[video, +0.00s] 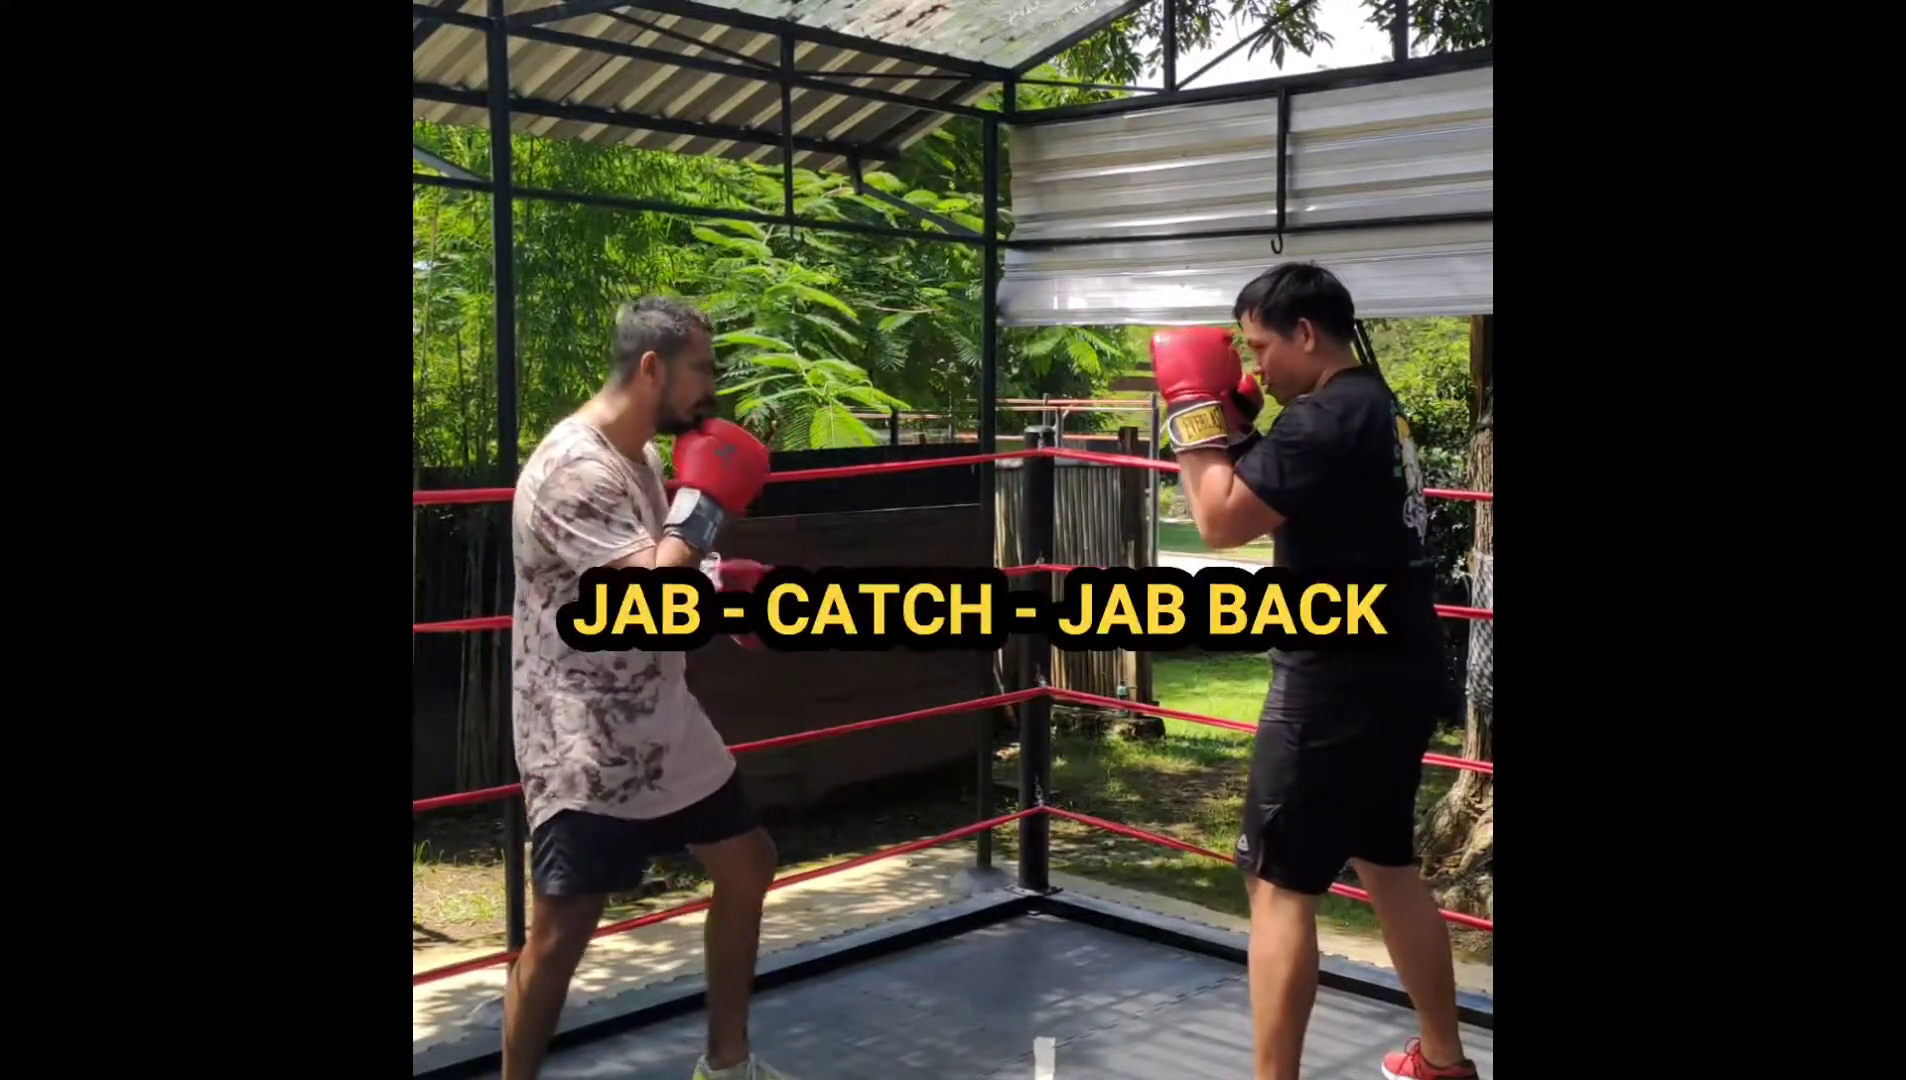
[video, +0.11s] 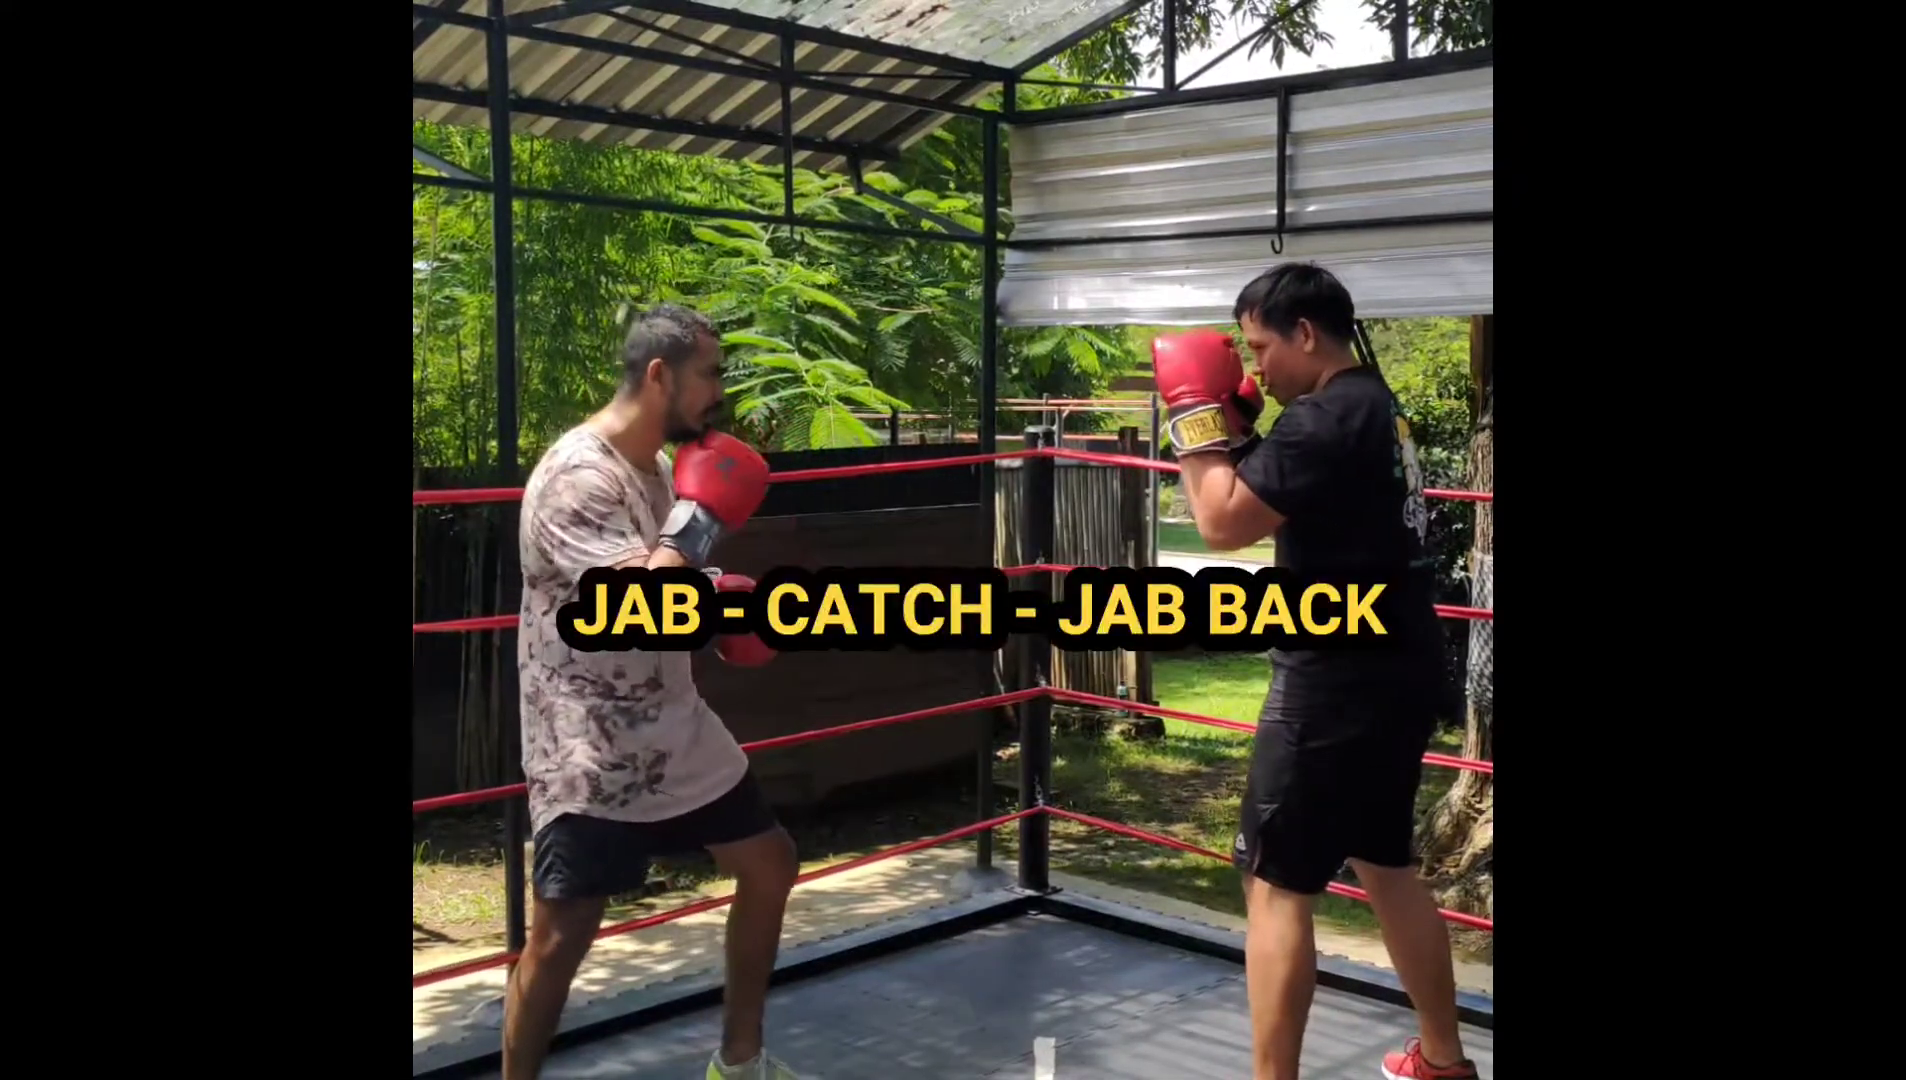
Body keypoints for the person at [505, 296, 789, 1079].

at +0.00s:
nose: (711, 387)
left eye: (712, 369)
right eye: (701, 368)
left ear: (650, 369)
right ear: (651, 366)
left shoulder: (643, 462)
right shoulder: (568, 468)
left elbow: (661, 575)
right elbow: (652, 588)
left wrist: (722, 599)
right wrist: (707, 500)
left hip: (665, 726)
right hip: (580, 742)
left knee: (746, 866)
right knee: (555, 938)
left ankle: (728, 1060)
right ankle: (516, 1077)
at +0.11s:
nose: (718, 393)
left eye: (719, 376)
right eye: (709, 375)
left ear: (657, 377)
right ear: (657, 374)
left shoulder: (657, 471)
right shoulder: (572, 477)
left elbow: (675, 580)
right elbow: (639, 595)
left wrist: (724, 618)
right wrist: (700, 517)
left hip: (676, 734)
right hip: (584, 751)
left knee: (769, 866)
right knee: (555, 943)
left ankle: (743, 1059)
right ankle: (517, 1077)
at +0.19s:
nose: (743, 381)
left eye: (745, 365)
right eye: (735, 364)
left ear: (688, 366)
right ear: (681, 362)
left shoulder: (697, 459)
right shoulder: (587, 461)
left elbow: (694, 561)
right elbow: (624, 585)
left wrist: (756, 555)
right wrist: (705, 511)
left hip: (702, 728)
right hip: (603, 743)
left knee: (767, 876)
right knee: (562, 933)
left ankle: (767, 1062)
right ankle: (517, 1076)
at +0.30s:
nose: (776, 367)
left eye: (778, 351)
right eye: (766, 350)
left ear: (721, 351)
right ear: (710, 346)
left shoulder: (746, 450)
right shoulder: (617, 441)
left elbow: (814, 513)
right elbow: (626, 551)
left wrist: (866, 487)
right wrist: (719, 486)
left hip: (735, 710)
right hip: (626, 720)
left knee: (775, 873)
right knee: (574, 912)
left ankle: (767, 1060)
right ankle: (521, 1074)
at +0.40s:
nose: (795, 367)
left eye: (798, 352)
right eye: (783, 350)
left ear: (760, 352)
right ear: (728, 346)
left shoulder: (790, 441)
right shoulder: (639, 437)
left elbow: (894, 467)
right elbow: (629, 547)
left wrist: (954, 419)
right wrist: (731, 486)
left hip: (749, 716)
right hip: (636, 722)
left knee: (788, 873)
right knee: (576, 907)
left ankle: (768, 1059)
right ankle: (525, 1074)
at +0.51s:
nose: (815, 376)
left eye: (818, 361)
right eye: (804, 358)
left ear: (775, 359)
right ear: (749, 353)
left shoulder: (809, 438)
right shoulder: (657, 439)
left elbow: (920, 450)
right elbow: (643, 553)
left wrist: (991, 402)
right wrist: (742, 492)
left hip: (763, 717)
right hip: (647, 719)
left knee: (801, 872)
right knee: (581, 903)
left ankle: (771, 1059)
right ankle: (528, 1073)